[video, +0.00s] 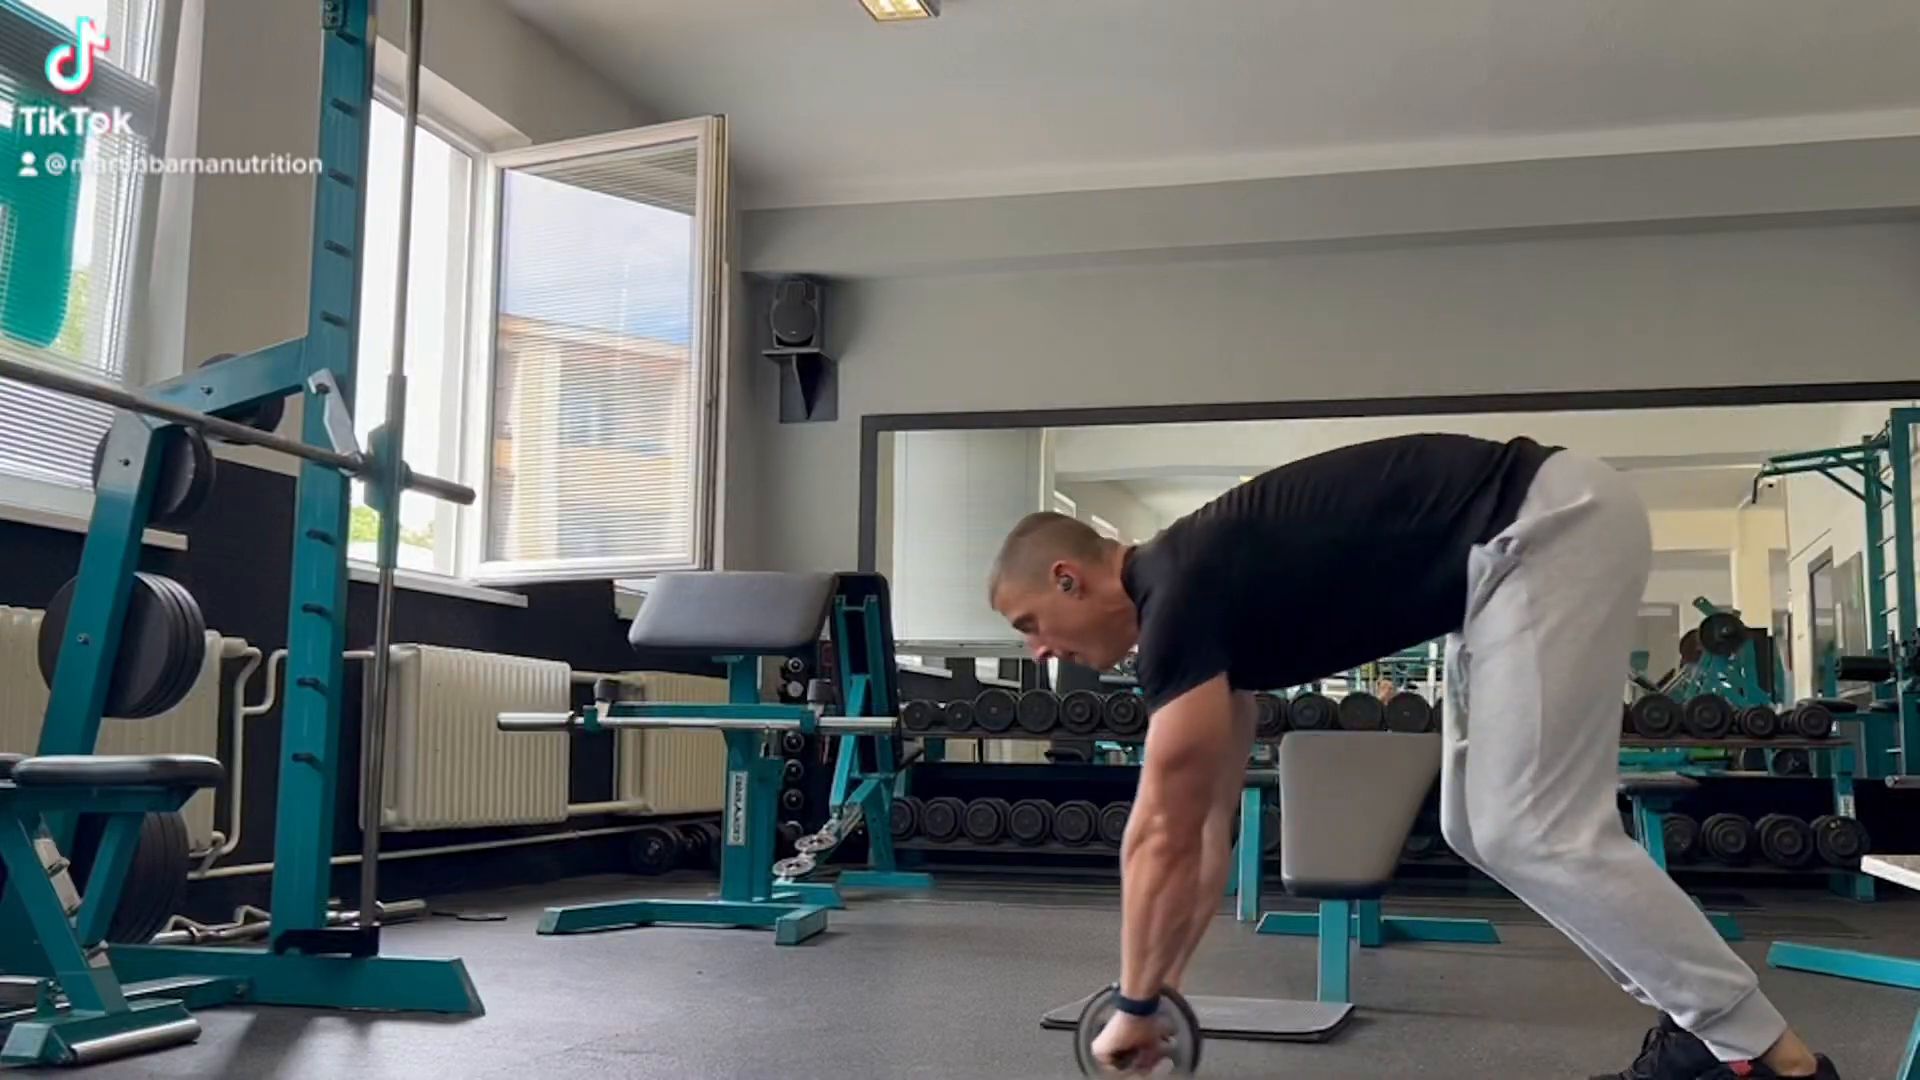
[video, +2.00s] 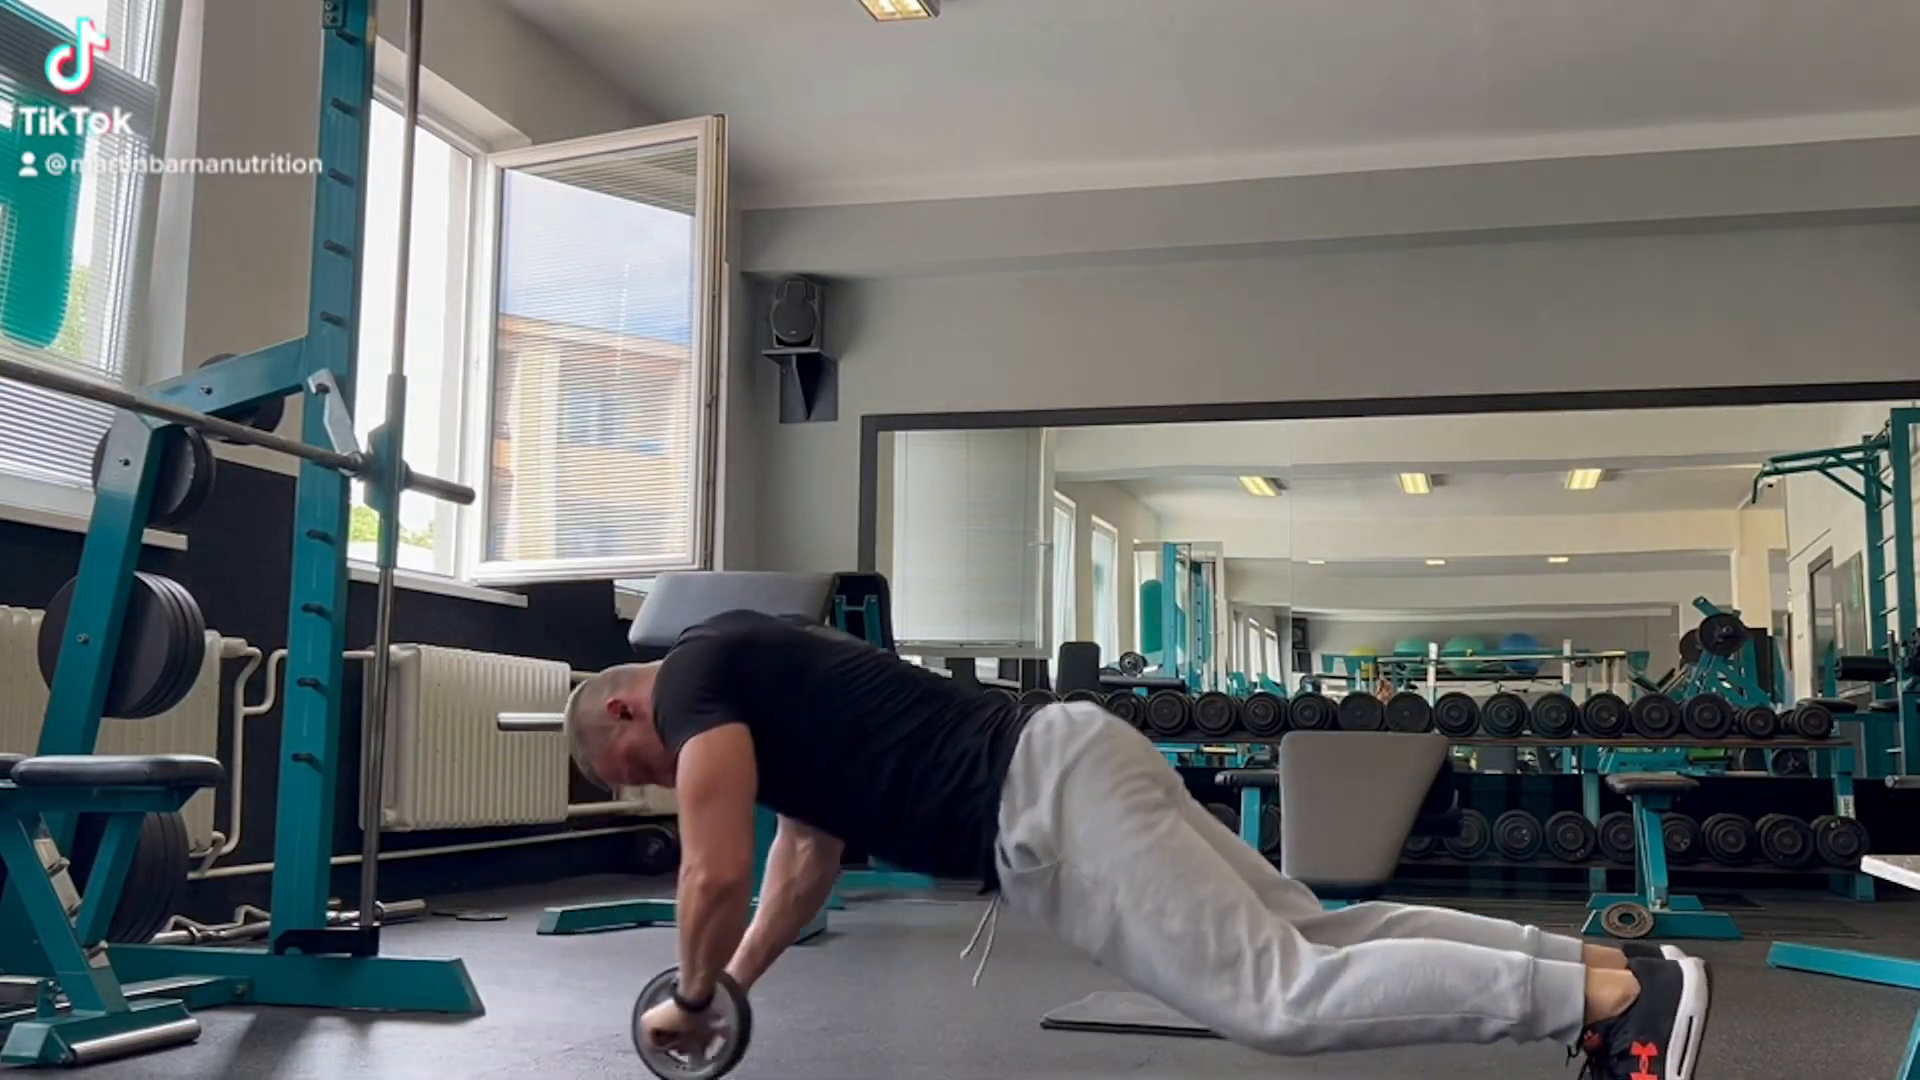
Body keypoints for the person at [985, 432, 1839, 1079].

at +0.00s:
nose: (1042, 652)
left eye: (1031, 626)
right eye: (1026, 636)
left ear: (1083, 579)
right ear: (1095, 572)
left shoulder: (1189, 593)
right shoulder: (1192, 599)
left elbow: (1167, 827)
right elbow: (1196, 830)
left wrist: (1137, 1000)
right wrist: (1150, 995)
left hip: (1549, 522)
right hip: (1500, 556)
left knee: (1526, 823)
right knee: (1481, 821)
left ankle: (1767, 1050)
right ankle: (1698, 1011)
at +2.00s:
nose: (649, 790)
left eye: (626, 774)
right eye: (635, 785)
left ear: (617, 706)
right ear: (641, 706)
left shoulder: (698, 670)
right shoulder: (763, 679)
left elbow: (720, 878)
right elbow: (808, 856)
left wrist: (689, 990)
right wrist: (737, 975)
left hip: (1053, 790)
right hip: (1065, 788)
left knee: (1285, 991)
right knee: (1301, 942)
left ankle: (1605, 993)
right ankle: (1598, 974)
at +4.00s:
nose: (559, 878)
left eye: (548, 857)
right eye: (549, 868)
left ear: (565, 795)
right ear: (597, 787)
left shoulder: (633, 800)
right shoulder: (701, 795)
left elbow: (536, 983)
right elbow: (637, 964)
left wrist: (452, 1016)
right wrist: (512, 997)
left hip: (987, 914)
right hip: (1013, 870)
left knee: (1250, 1044)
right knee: (1269, 988)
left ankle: (1567, 1003)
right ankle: (1566, 991)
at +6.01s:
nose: (815, 622)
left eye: (812, 593)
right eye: (807, 601)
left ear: (860, 554)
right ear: (885, 554)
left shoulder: (937, 597)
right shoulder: (993, 611)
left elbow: (900, 824)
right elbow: (970, 837)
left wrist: (865, 989)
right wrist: (896, 989)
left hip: (1289, 538)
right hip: (1305, 523)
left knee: (1419, 833)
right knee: (1427, 822)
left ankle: (1665, 1033)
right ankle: (1621, 1012)